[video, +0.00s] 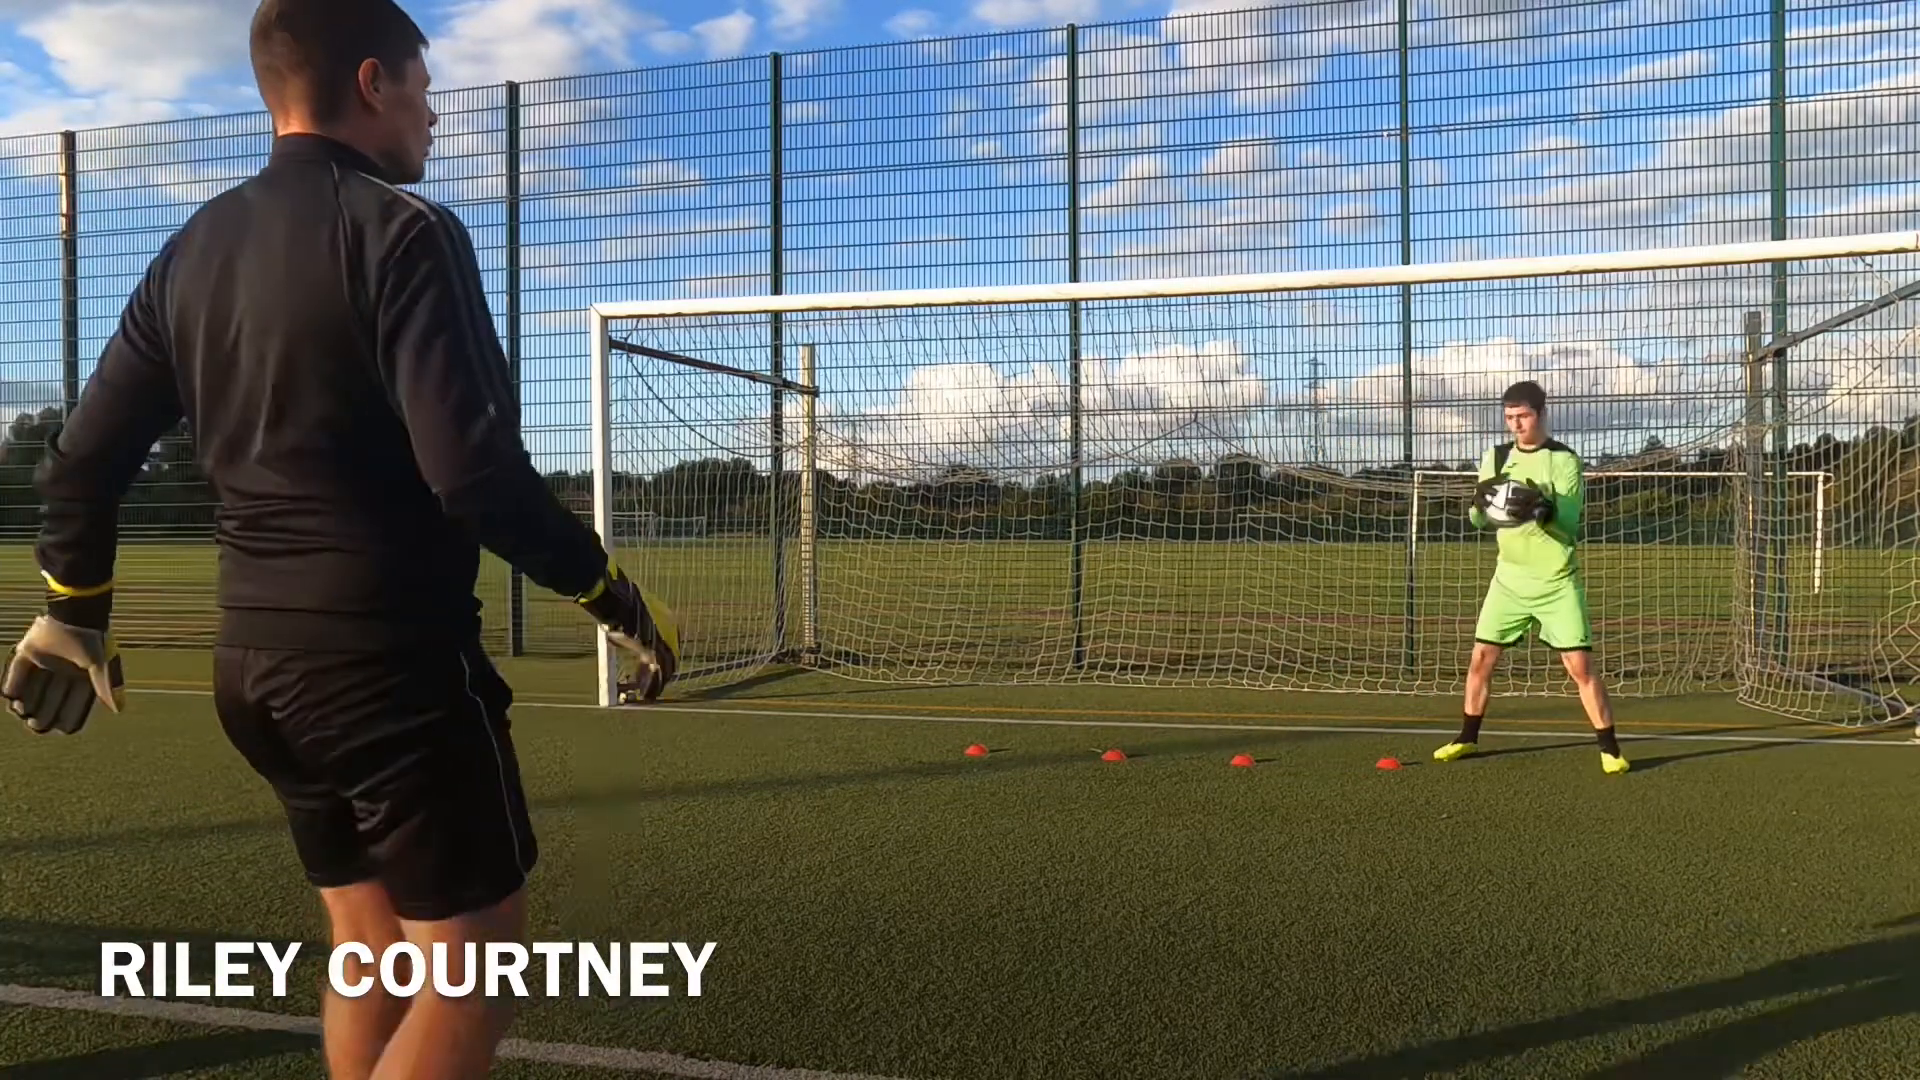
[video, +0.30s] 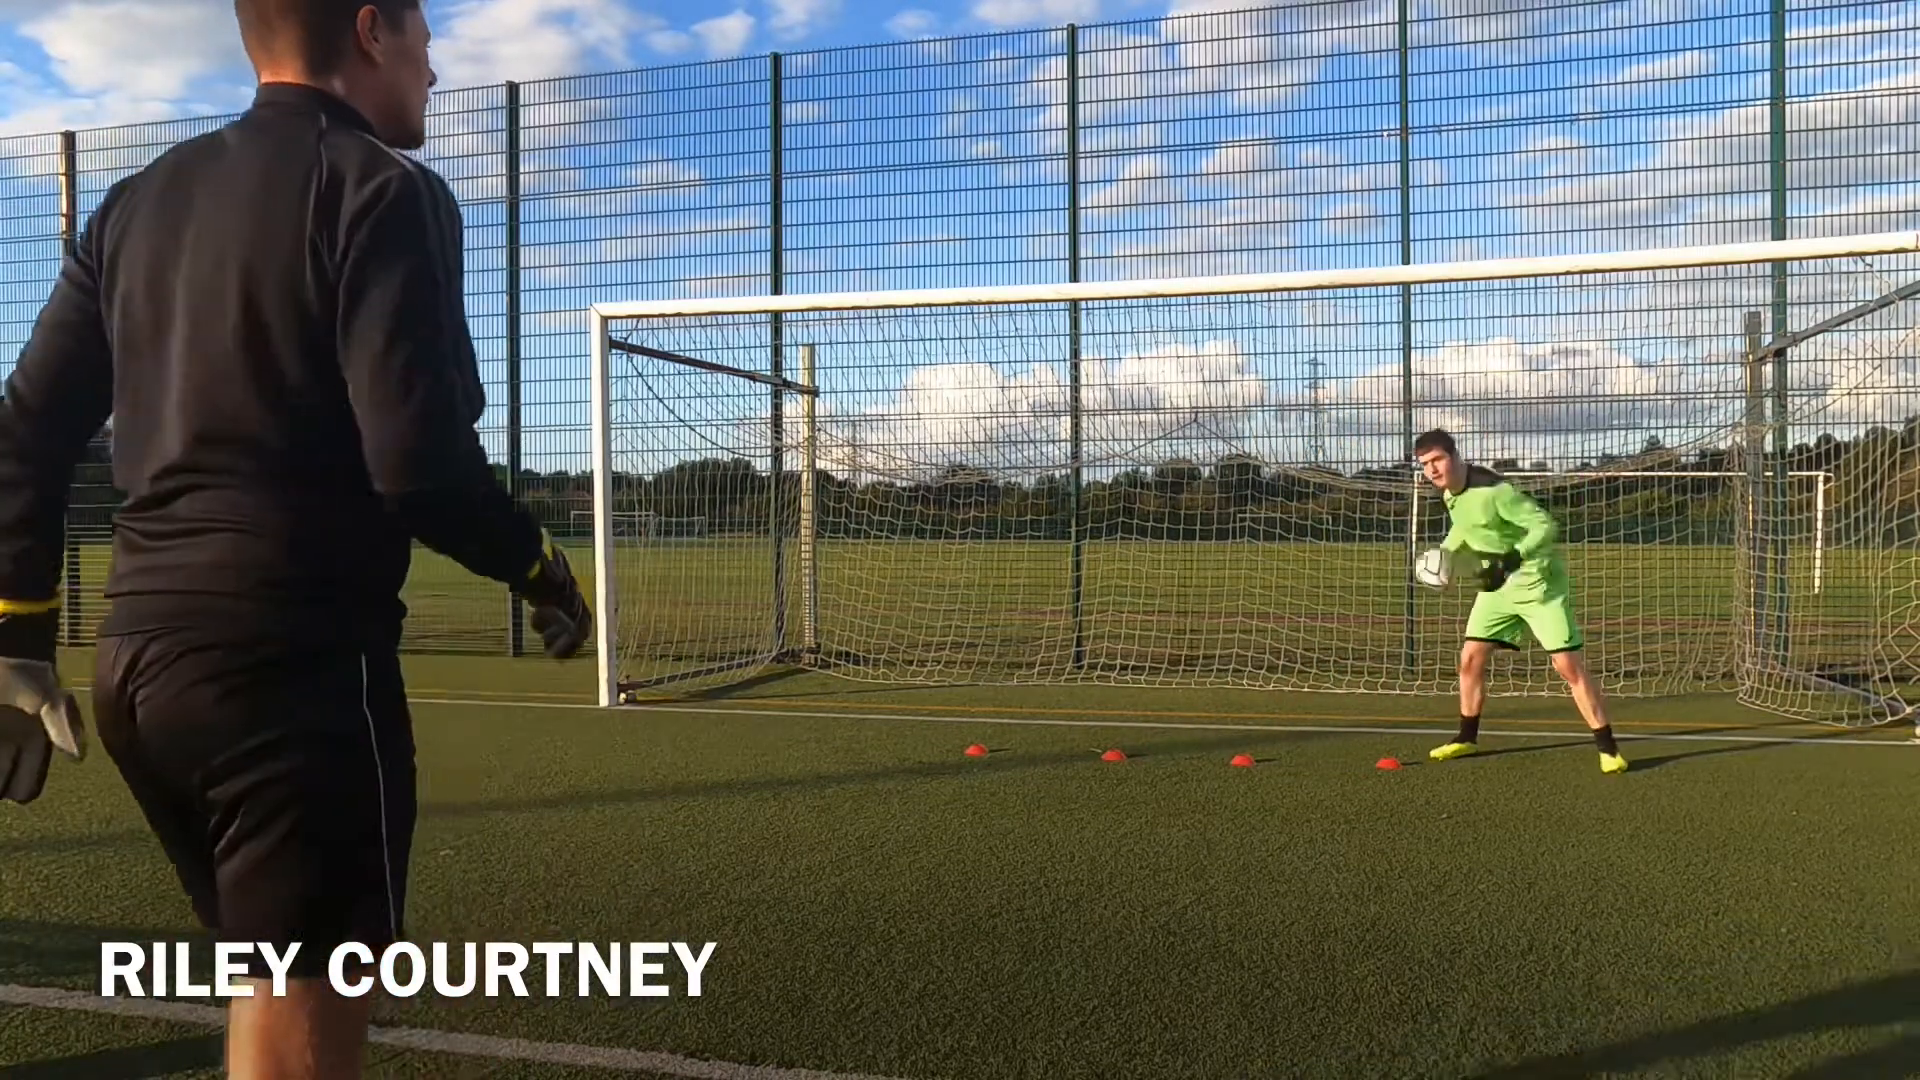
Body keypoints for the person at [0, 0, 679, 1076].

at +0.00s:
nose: (432, 119)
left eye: (433, 94)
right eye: (425, 93)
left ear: (279, 98)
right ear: (371, 86)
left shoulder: (195, 246)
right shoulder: (401, 232)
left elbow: (84, 457)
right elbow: (474, 471)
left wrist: (72, 611)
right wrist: (603, 583)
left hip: (255, 659)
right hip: (390, 658)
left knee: (364, 950)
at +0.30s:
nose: (431, 73)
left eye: (426, 41)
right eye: (421, 38)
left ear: (259, 49)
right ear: (371, 32)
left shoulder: (133, 203)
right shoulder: (380, 186)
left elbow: (31, 422)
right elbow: (417, 461)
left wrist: (22, 630)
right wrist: (529, 560)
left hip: (144, 662)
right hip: (297, 664)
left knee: (279, 997)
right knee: (301, 1015)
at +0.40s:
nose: (414, 57)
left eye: (412, 28)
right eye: (405, 23)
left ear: (248, 30)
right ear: (353, 18)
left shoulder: (109, 180)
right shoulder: (374, 176)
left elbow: (20, 409)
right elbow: (363, 450)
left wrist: (29, 622)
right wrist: (470, 594)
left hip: (107, 647)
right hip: (270, 651)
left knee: (238, 986)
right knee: (273, 1005)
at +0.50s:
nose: (397, 48)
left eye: (397, 20)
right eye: (390, 15)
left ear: (229, 19)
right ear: (340, 11)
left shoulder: (81, 166)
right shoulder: (352, 167)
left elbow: (4, 410)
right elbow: (318, 449)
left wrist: (61, 561)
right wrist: (413, 601)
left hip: (62, 633)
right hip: (234, 642)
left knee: (167, 979)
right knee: (252, 1009)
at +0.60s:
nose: (372, 27)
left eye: (367, 5)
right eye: (361, 1)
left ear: (200, 13)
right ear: (310, 4)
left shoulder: (50, 155)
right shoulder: (317, 158)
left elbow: (18, 427)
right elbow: (275, 446)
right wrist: (380, 601)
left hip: (34, 624)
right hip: (202, 631)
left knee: (101, 1002)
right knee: (213, 1040)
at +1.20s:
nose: (282, 100)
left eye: (275, 62)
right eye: (263, 59)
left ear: (141, 56)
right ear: (172, 50)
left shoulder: (24, 167)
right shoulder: (150, 210)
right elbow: (446, 432)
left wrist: (70, 624)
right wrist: (734, 495)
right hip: (6, 723)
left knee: (76, 1031)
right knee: (109, 1040)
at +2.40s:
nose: (277, 219)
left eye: (282, 192)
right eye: (278, 188)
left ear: (132, 165)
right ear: (239, 165)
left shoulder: (18, 270)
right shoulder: (241, 262)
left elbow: (20, 477)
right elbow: (216, 442)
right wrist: (308, 641)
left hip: (12, 683)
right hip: (148, 693)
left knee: (237, 1002)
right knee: (129, 1041)